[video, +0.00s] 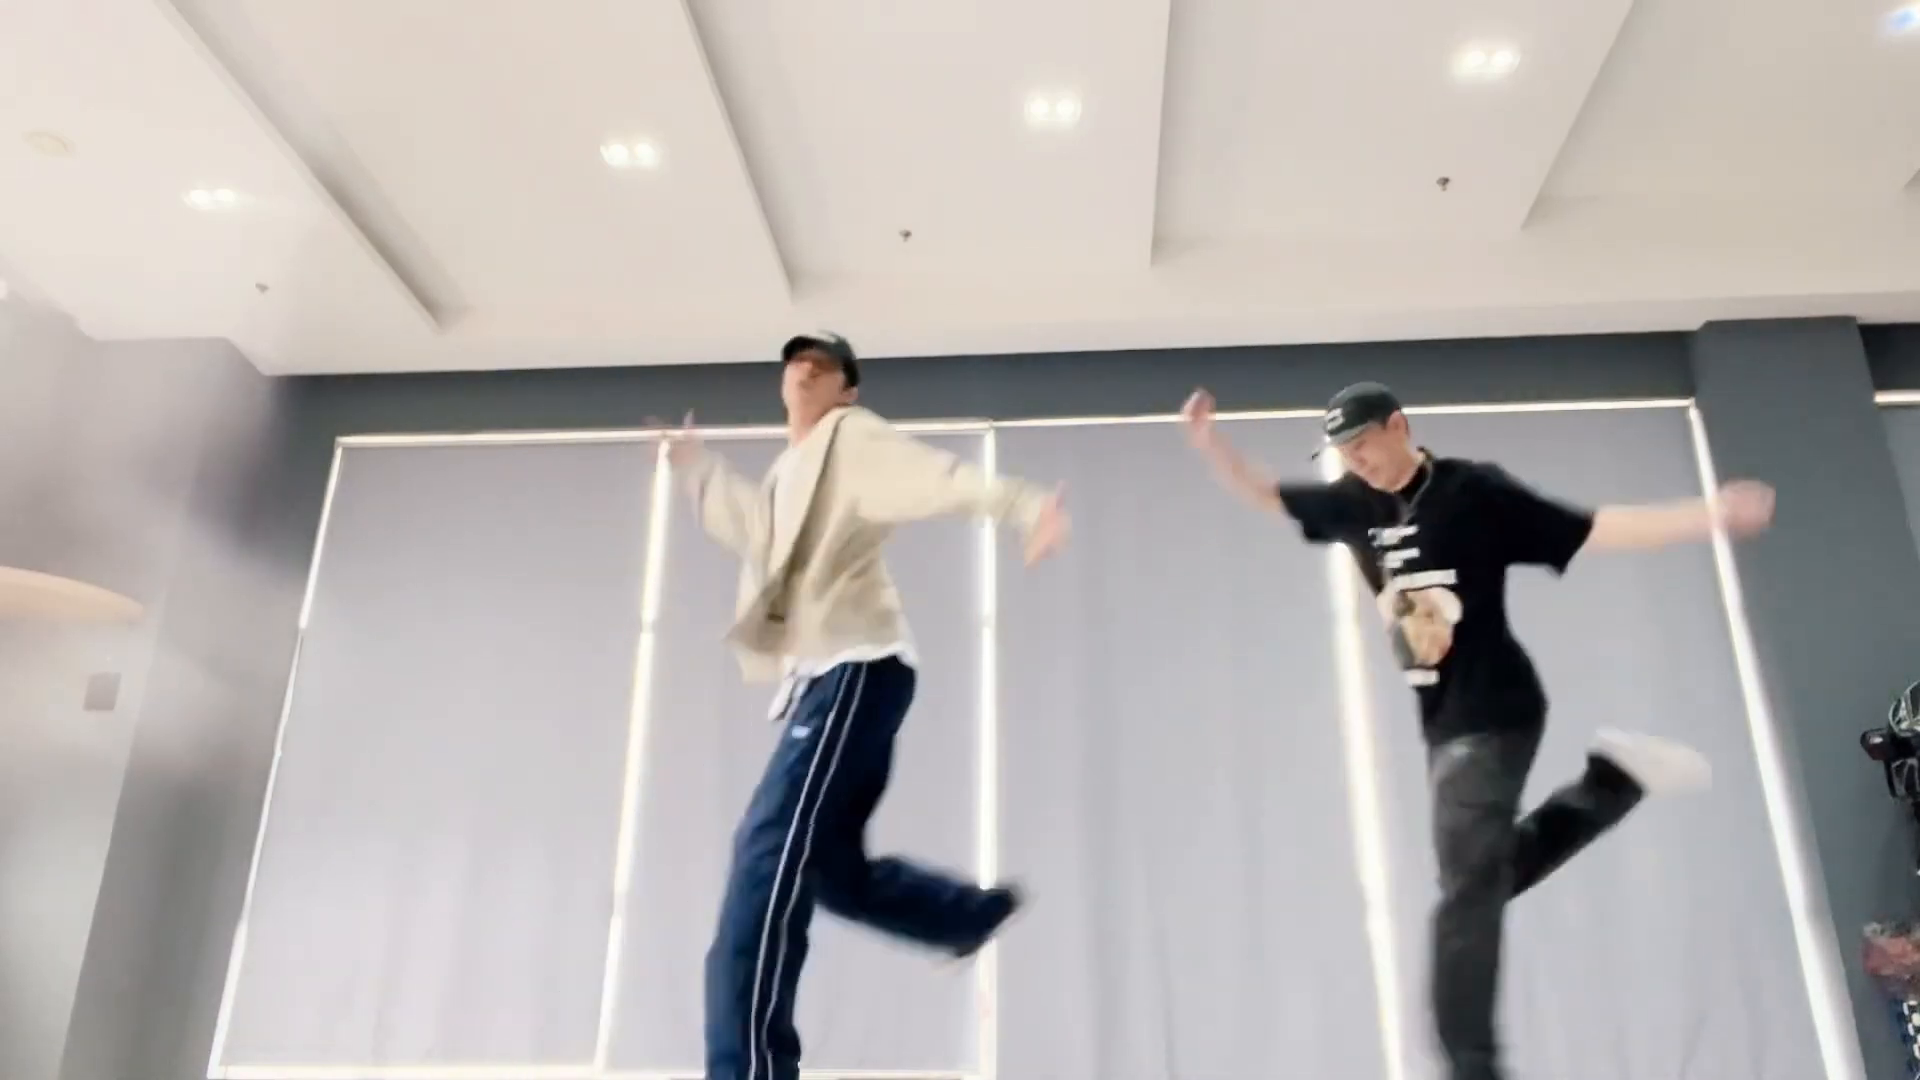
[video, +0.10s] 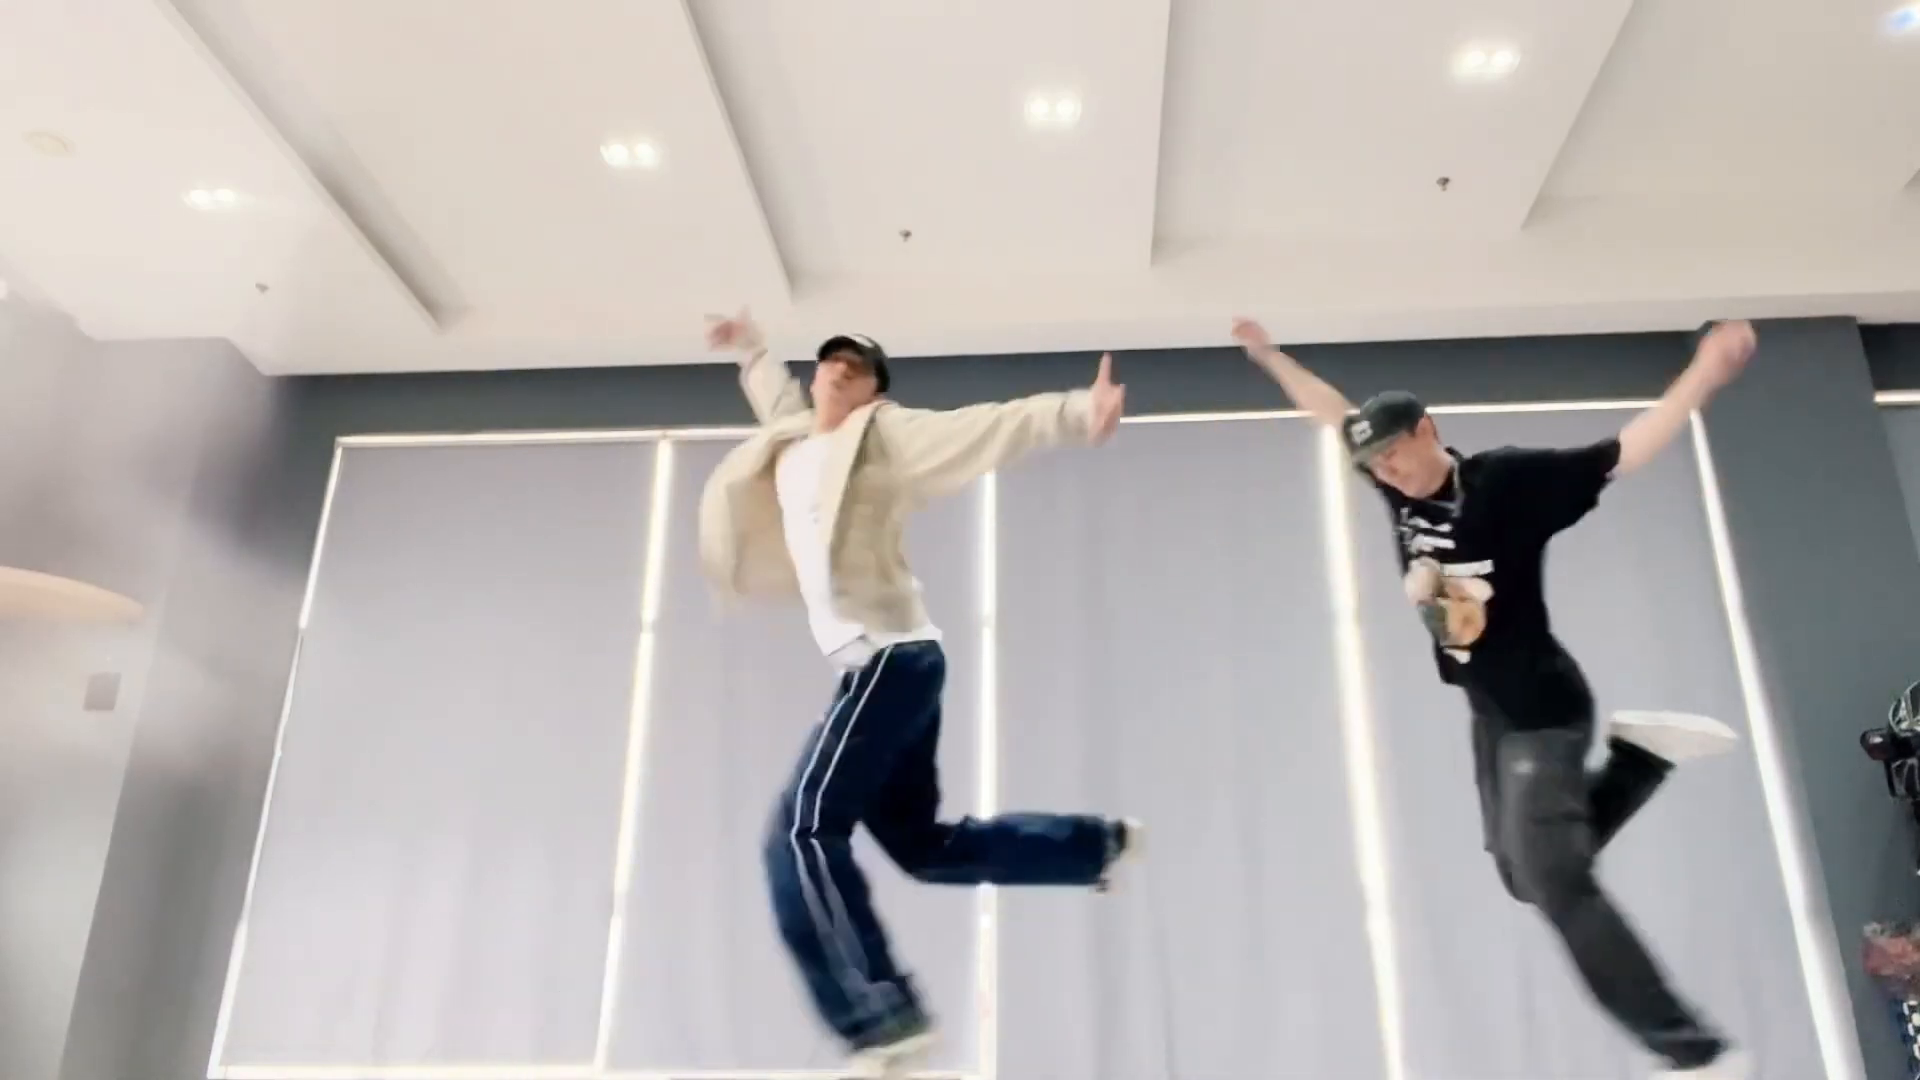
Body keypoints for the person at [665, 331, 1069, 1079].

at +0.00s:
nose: (803, 375)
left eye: (820, 368)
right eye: (794, 366)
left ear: (846, 390)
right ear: (781, 388)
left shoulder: (853, 437)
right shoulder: (783, 472)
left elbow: (931, 475)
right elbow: (756, 536)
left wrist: (1021, 503)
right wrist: (698, 468)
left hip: (858, 672)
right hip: (823, 677)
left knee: (771, 850)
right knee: (833, 868)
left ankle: (749, 1063)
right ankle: (968, 916)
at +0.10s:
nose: (838, 372)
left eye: (855, 368)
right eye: (830, 365)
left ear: (877, 390)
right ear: (811, 385)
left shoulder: (883, 432)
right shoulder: (797, 442)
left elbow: (976, 429)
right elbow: (778, 406)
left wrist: (1078, 412)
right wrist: (749, 352)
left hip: (896, 662)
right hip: (871, 666)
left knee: (803, 830)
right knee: (922, 847)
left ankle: (884, 1026)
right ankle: (1094, 847)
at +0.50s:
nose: (870, 513)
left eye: (877, 494)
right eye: (862, 503)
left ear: (921, 483)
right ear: (870, 508)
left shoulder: (955, 535)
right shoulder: (915, 581)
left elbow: (931, 619)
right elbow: (907, 714)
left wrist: (835, 626)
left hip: (984, 748)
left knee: (800, 794)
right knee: (1019, 959)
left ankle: (873, 962)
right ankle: (1145, 1068)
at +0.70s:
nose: (809, 454)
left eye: (817, 441)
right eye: (806, 444)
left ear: (856, 438)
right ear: (854, 441)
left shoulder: (863, 491)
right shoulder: (850, 494)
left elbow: (833, 593)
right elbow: (797, 571)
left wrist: (747, 625)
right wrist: (731, 591)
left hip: (882, 713)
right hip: (909, 719)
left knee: (805, 894)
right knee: (998, 891)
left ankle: (688, 1064)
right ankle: (1132, 1047)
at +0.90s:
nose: (732, 437)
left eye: (746, 423)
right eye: (728, 426)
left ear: (785, 428)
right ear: (731, 436)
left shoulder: (783, 495)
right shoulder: (733, 494)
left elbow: (788, 562)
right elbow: (688, 561)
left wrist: (815, 600)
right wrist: (667, 498)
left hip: (758, 698)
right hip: (746, 697)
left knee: (724, 886)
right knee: (784, 890)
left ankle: (683, 1065)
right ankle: (921, 1020)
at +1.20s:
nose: (617, 467)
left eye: (624, 447)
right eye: (607, 455)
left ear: (662, 449)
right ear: (602, 467)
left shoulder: (692, 511)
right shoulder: (583, 526)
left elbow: (684, 448)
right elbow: (521, 568)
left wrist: (572, 454)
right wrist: (453, 554)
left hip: (643, 706)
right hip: (561, 714)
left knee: (603, 876)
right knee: (477, 868)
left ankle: (638, 1063)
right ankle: (467, 1053)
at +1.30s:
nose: (569, 479)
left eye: (589, 466)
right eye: (562, 464)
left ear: (624, 479)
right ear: (550, 470)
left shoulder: (647, 555)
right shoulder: (520, 544)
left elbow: (638, 504)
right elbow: (482, 506)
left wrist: (575, 446)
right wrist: (530, 457)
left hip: (598, 747)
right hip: (508, 753)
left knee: (593, 926)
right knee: (433, 931)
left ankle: (617, 1068)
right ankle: (400, 1071)